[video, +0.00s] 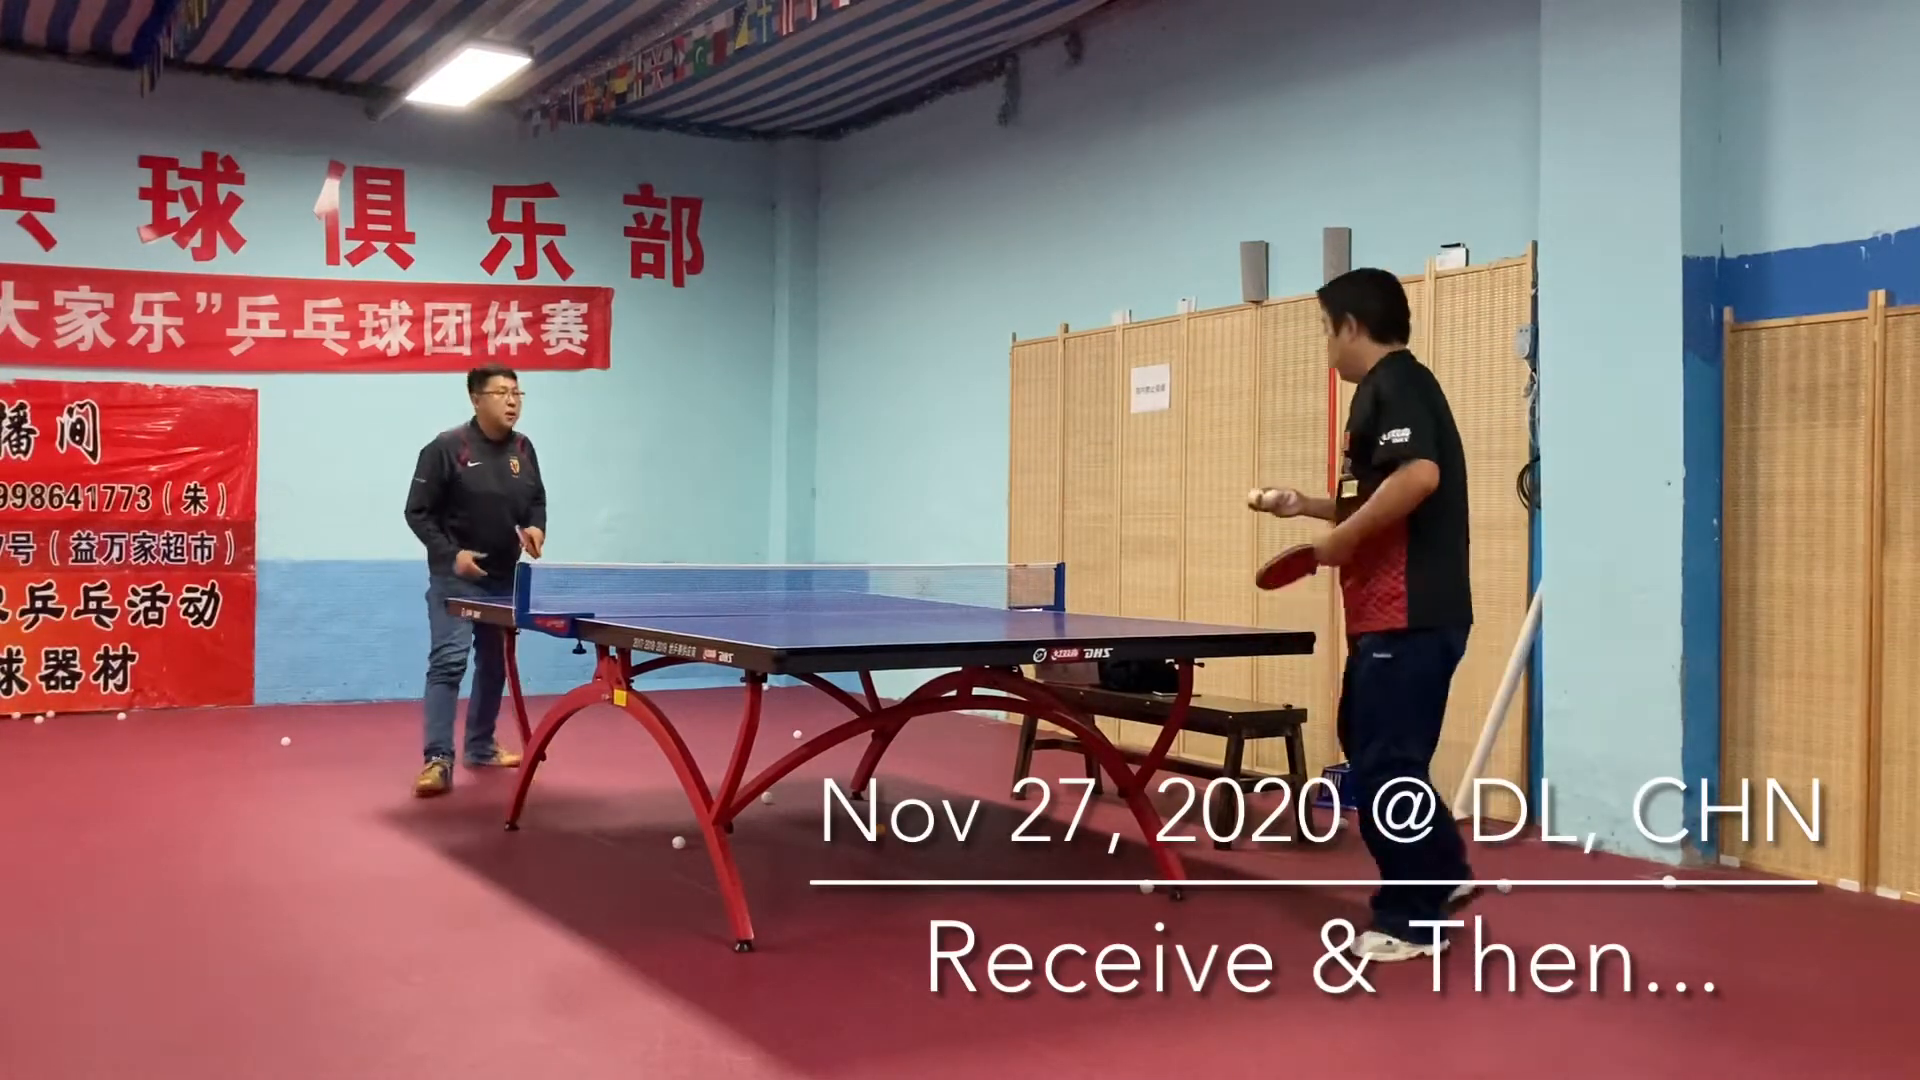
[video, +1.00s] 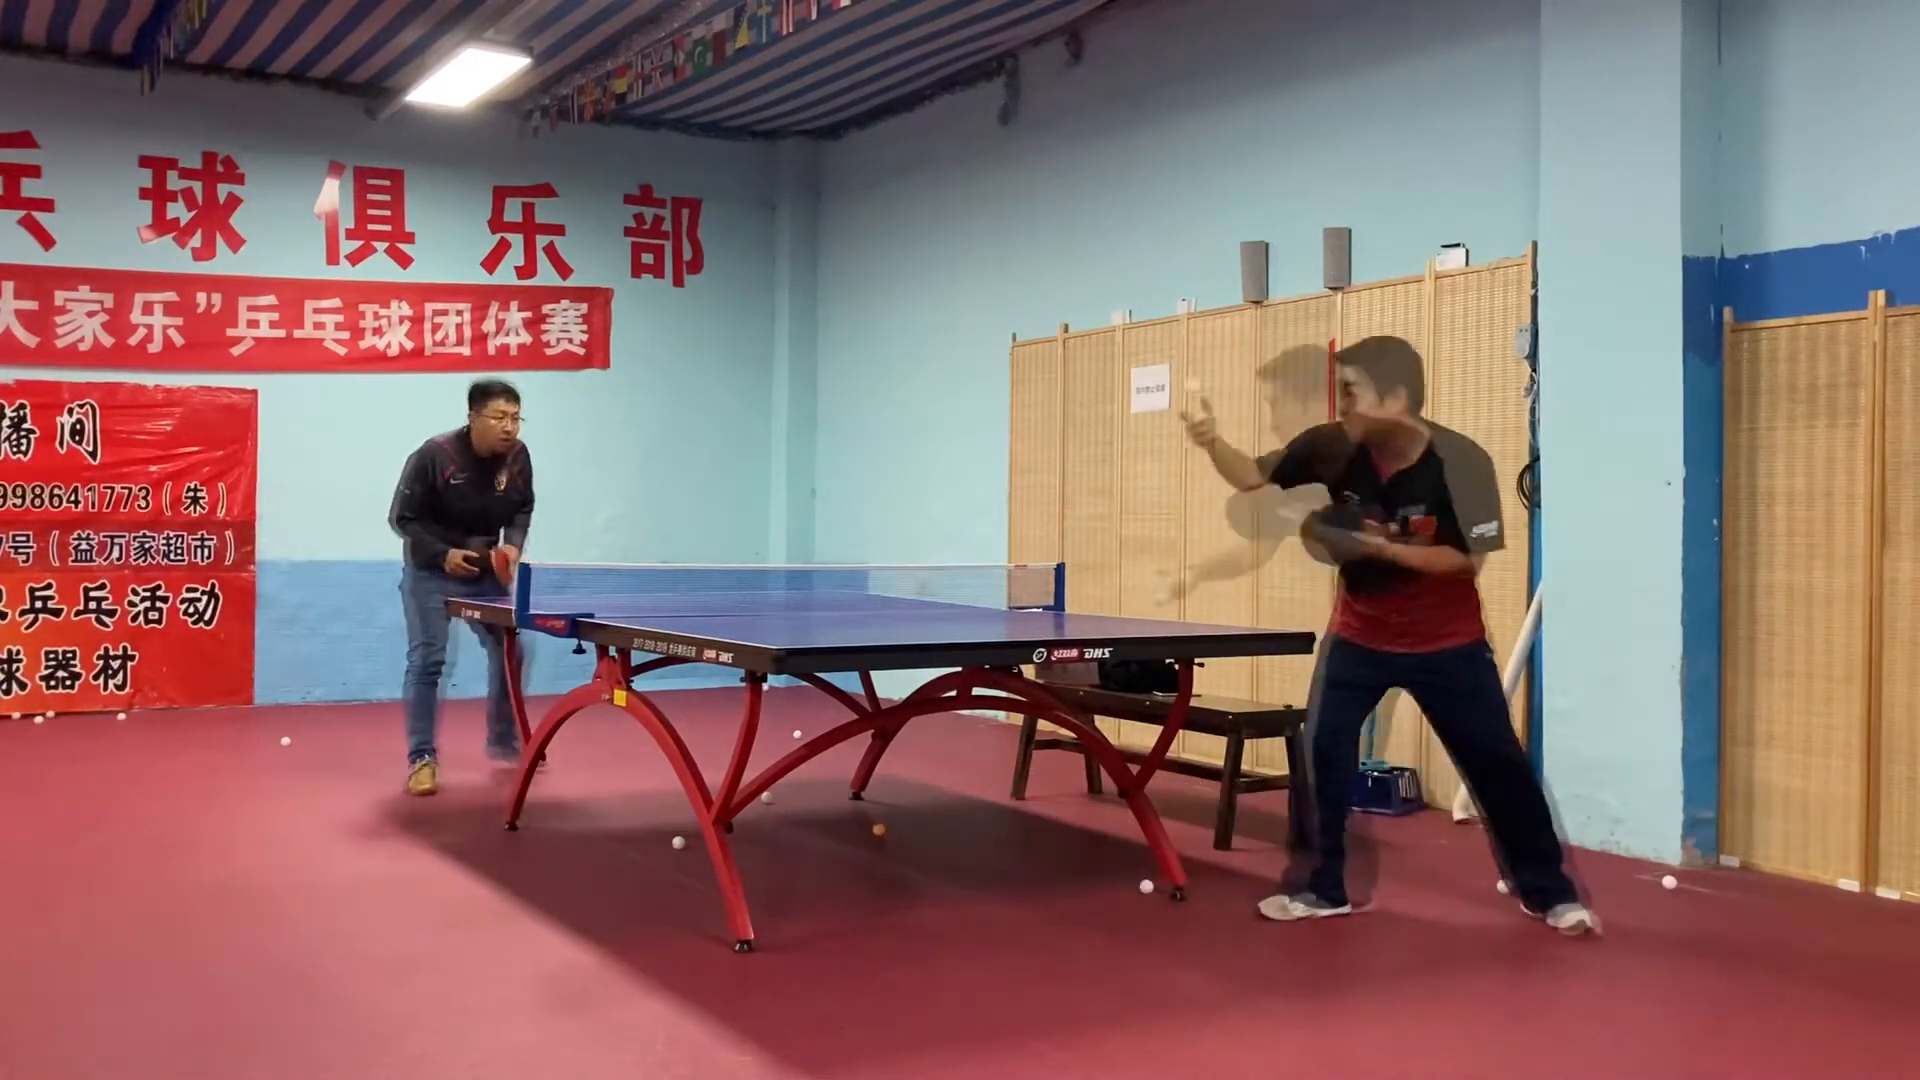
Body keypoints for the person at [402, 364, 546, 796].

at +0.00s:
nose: (513, 401)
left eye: (517, 394)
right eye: (502, 394)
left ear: (520, 400)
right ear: (477, 399)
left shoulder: (523, 448)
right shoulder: (444, 449)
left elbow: (536, 500)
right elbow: (417, 512)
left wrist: (534, 527)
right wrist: (452, 554)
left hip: (503, 578)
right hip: (454, 577)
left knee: (493, 665)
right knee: (449, 661)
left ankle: (480, 747)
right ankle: (437, 758)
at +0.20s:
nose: (532, 401)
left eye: (536, 394)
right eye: (523, 393)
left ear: (538, 400)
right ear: (497, 397)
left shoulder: (530, 449)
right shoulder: (461, 440)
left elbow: (537, 502)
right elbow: (435, 502)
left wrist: (534, 524)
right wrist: (486, 536)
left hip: (500, 571)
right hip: (456, 569)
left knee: (489, 662)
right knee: (452, 657)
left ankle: (479, 748)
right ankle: (437, 755)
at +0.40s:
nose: (535, 405)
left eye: (539, 398)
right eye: (526, 396)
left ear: (542, 404)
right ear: (501, 399)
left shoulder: (532, 452)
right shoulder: (465, 439)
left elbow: (539, 502)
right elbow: (436, 503)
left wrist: (528, 533)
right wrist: (488, 538)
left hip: (498, 570)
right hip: (452, 565)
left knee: (490, 659)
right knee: (444, 650)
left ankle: (479, 747)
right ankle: (421, 749)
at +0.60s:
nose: (524, 414)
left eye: (528, 406)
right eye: (515, 405)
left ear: (531, 412)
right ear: (489, 407)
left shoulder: (526, 457)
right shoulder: (448, 450)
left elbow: (535, 507)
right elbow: (418, 510)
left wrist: (524, 542)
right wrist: (465, 549)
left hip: (491, 577)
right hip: (440, 574)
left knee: (486, 663)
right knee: (432, 659)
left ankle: (478, 749)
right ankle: (419, 756)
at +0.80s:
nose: (509, 427)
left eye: (514, 419)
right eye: (499, 419)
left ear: (518, 422)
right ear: (473, 420)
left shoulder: (516, 459)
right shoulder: (433, 458)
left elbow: (521, 511)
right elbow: (400, 518)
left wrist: (514, 551)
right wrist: (439, 558)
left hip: (484, 574)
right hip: (429, 573)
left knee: (493, 658)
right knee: (427, 659)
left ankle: (482, 739)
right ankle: (421, 757)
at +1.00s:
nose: (510, 426)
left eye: (515, 418)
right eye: (500, 418)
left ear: (519, 420)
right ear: (474, 419)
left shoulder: (517, 456)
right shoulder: (434, 456)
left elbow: (521, 510)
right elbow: (401, 517)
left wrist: (511, 547)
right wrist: (443, 554)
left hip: (486, 571)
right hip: (429, 570)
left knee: (508, 648)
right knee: (427, 658)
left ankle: (504, 747)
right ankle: (422, 758)